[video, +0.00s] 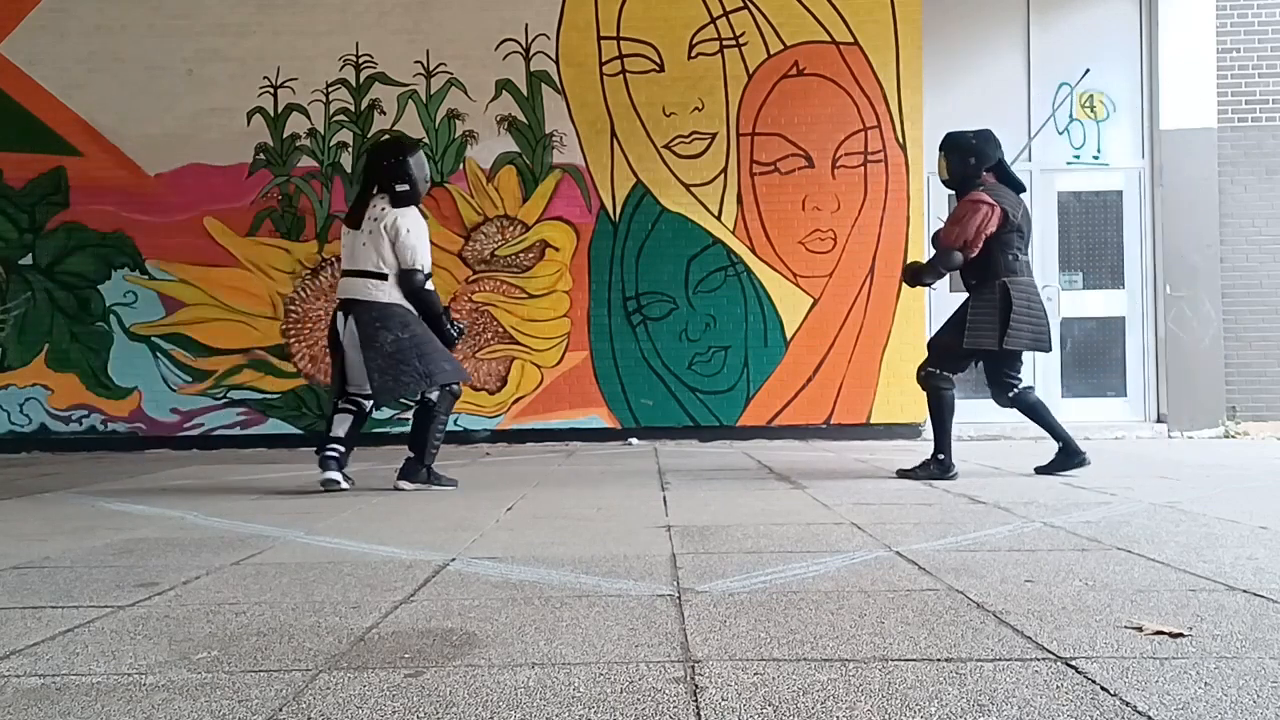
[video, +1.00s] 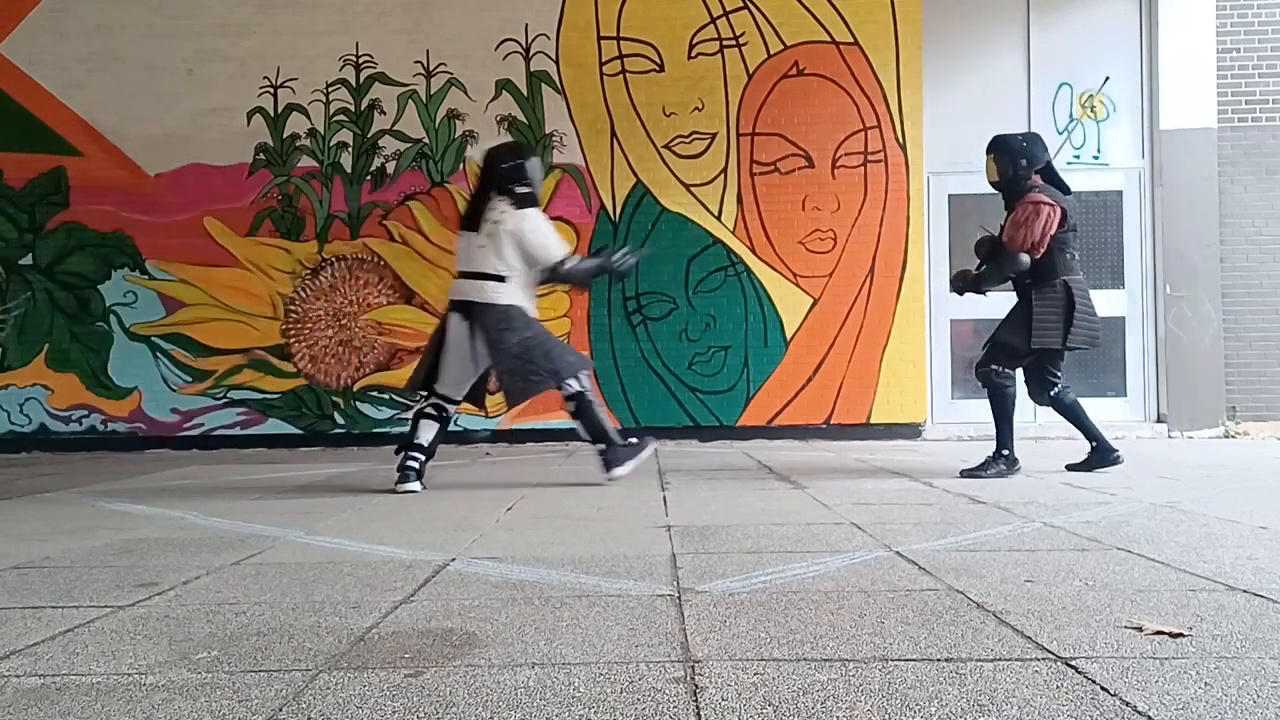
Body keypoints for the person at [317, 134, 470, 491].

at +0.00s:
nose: (425, 174)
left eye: (422, 165)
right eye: (419, 166)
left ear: (376, 173)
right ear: (406, 173)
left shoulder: (357, 212)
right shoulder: (406, 215)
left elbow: (354, 272)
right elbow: (414, 282)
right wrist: (443, 326)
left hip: (347, 314)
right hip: (387, 316)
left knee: (357, 392)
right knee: (445, 381)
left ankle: (332, 461)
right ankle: (419, 466)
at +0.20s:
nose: (428, 176)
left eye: (426, 168)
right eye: (422, 168)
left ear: (378, 174)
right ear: (408, 175)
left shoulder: (358, 213)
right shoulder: (409, 216)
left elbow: (355, 273)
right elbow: (417, 284)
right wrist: (447, 322)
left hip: (346, 311)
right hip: (388, 313)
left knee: (356, 395)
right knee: (459, 365)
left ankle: (335, 467)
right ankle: (451, 455)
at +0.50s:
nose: (458, 176)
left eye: (456, 169)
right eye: (453, 169)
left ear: (408, 175)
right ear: (440, 175)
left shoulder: (388, 216)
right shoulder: (444, 217)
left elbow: (384, 275)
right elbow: (457, 286)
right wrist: (478, 329)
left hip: (387, 313)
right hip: (428, 314)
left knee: (378, 396)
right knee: (496, 374)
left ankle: (339, 467)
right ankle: (497, 465)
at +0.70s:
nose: (495, 167)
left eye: (492, 159)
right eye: (490, 160)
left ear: (445, 166)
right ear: (474, 166)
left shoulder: (422, 205)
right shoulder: (479, 209)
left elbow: (418, 263)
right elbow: (488, 278)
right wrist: (512, 322)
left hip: (418, 305)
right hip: (461, 307)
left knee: (414, 384)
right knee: (519, 377)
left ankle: (395, 457)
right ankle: (500, 465)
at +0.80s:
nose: (507, 171)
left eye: (505, 163)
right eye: (502, 164)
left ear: (458, 169)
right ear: (486, 170)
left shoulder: (434, 207)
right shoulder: (487, 212)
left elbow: (433, 267)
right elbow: (495, 279)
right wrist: (525, 311)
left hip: (425, 311)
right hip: (469, 312)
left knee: (428, 391)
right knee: (538, 369)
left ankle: (408, 469)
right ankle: (512, 453)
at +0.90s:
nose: (519, 179)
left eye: (517, 170)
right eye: (514, 171)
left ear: (469, 175)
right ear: (499, 175)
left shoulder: (449, 212)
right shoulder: (499, 216)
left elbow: (460, 269)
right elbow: (515, 280)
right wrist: (556, 294)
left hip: (441, 310)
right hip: (483, 313)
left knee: (437, 393)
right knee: (555, 365)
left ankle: (409, 470)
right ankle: (563, 451)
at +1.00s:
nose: (536, 179)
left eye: (534, 172)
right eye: (531, 172)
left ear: (491, 177)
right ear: (519, 177)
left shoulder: (475, 211)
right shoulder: (524, 215)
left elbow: (515, 269)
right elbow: (563, 268)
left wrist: (582, 270)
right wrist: (603, 265)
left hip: (462, 308)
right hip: (503, 312)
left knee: (445, 392)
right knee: (569, 368)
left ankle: (410, 469)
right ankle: (613, 450)